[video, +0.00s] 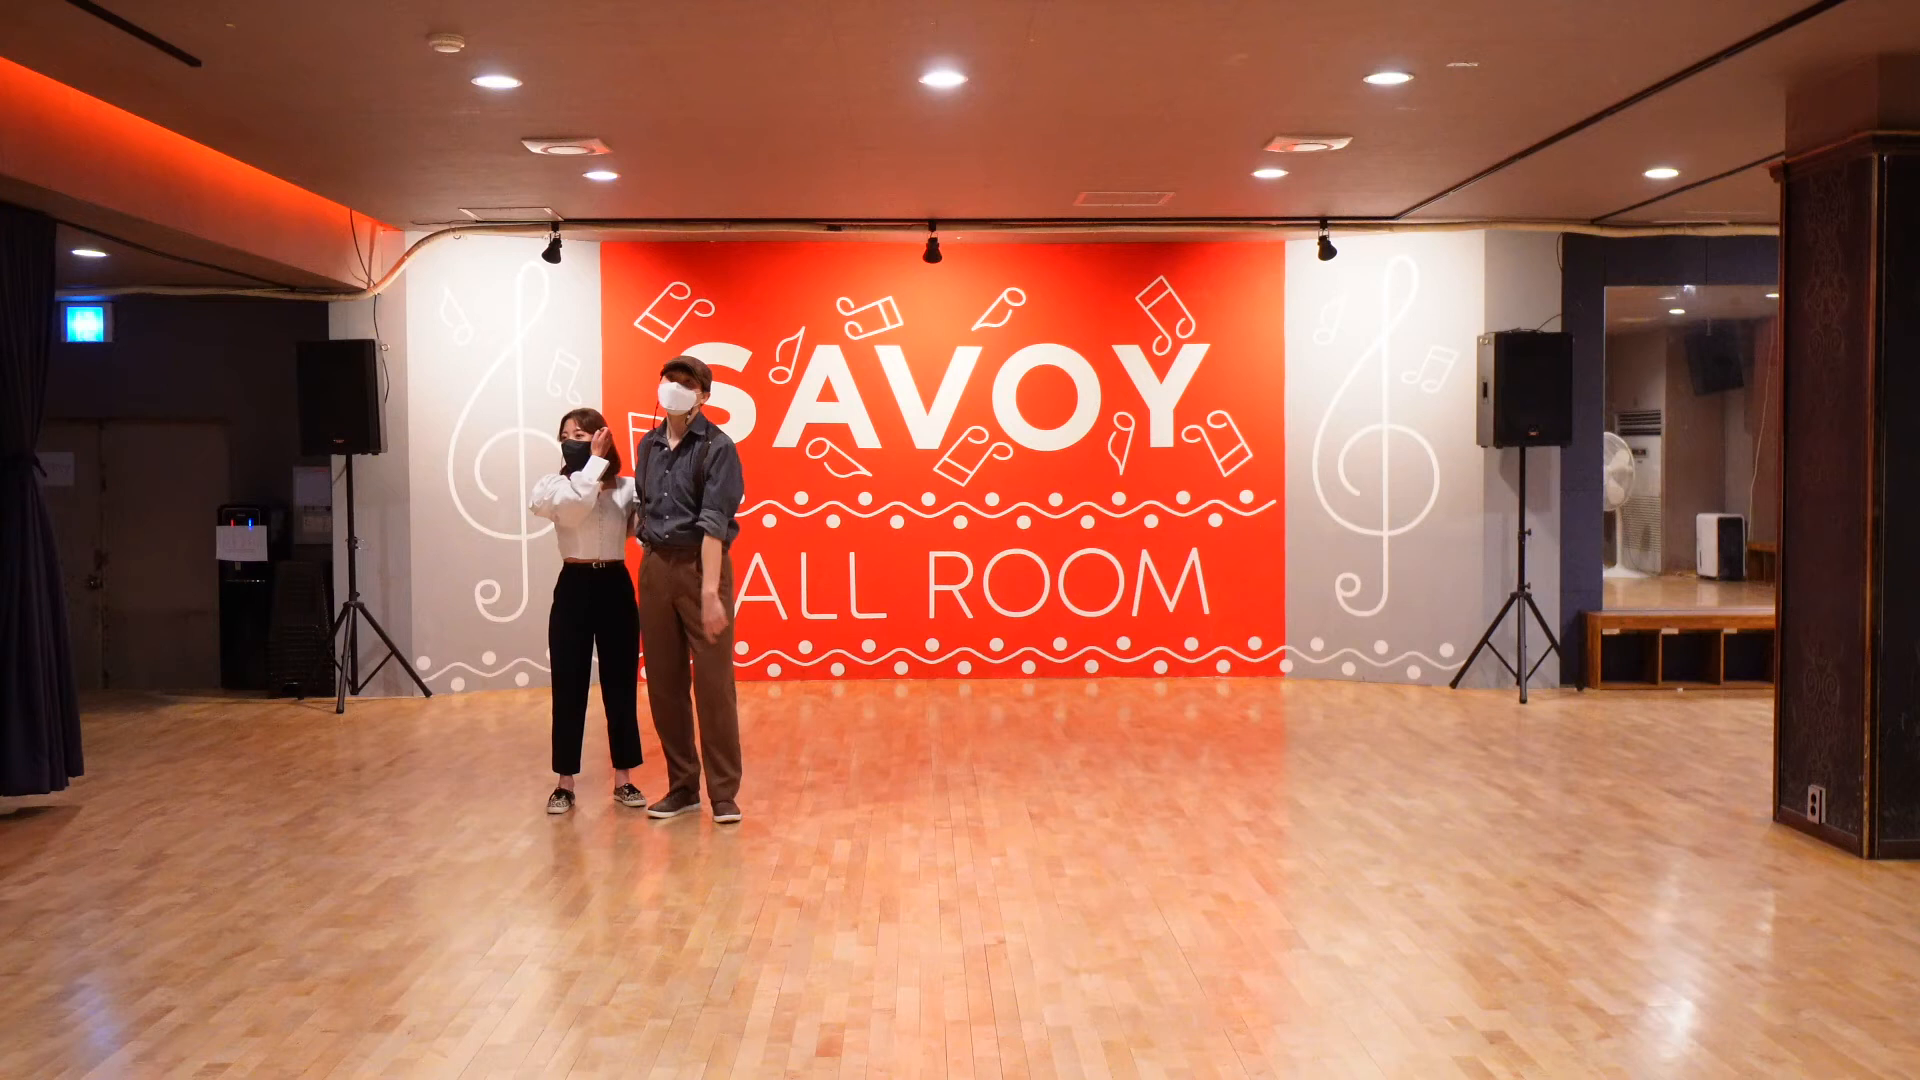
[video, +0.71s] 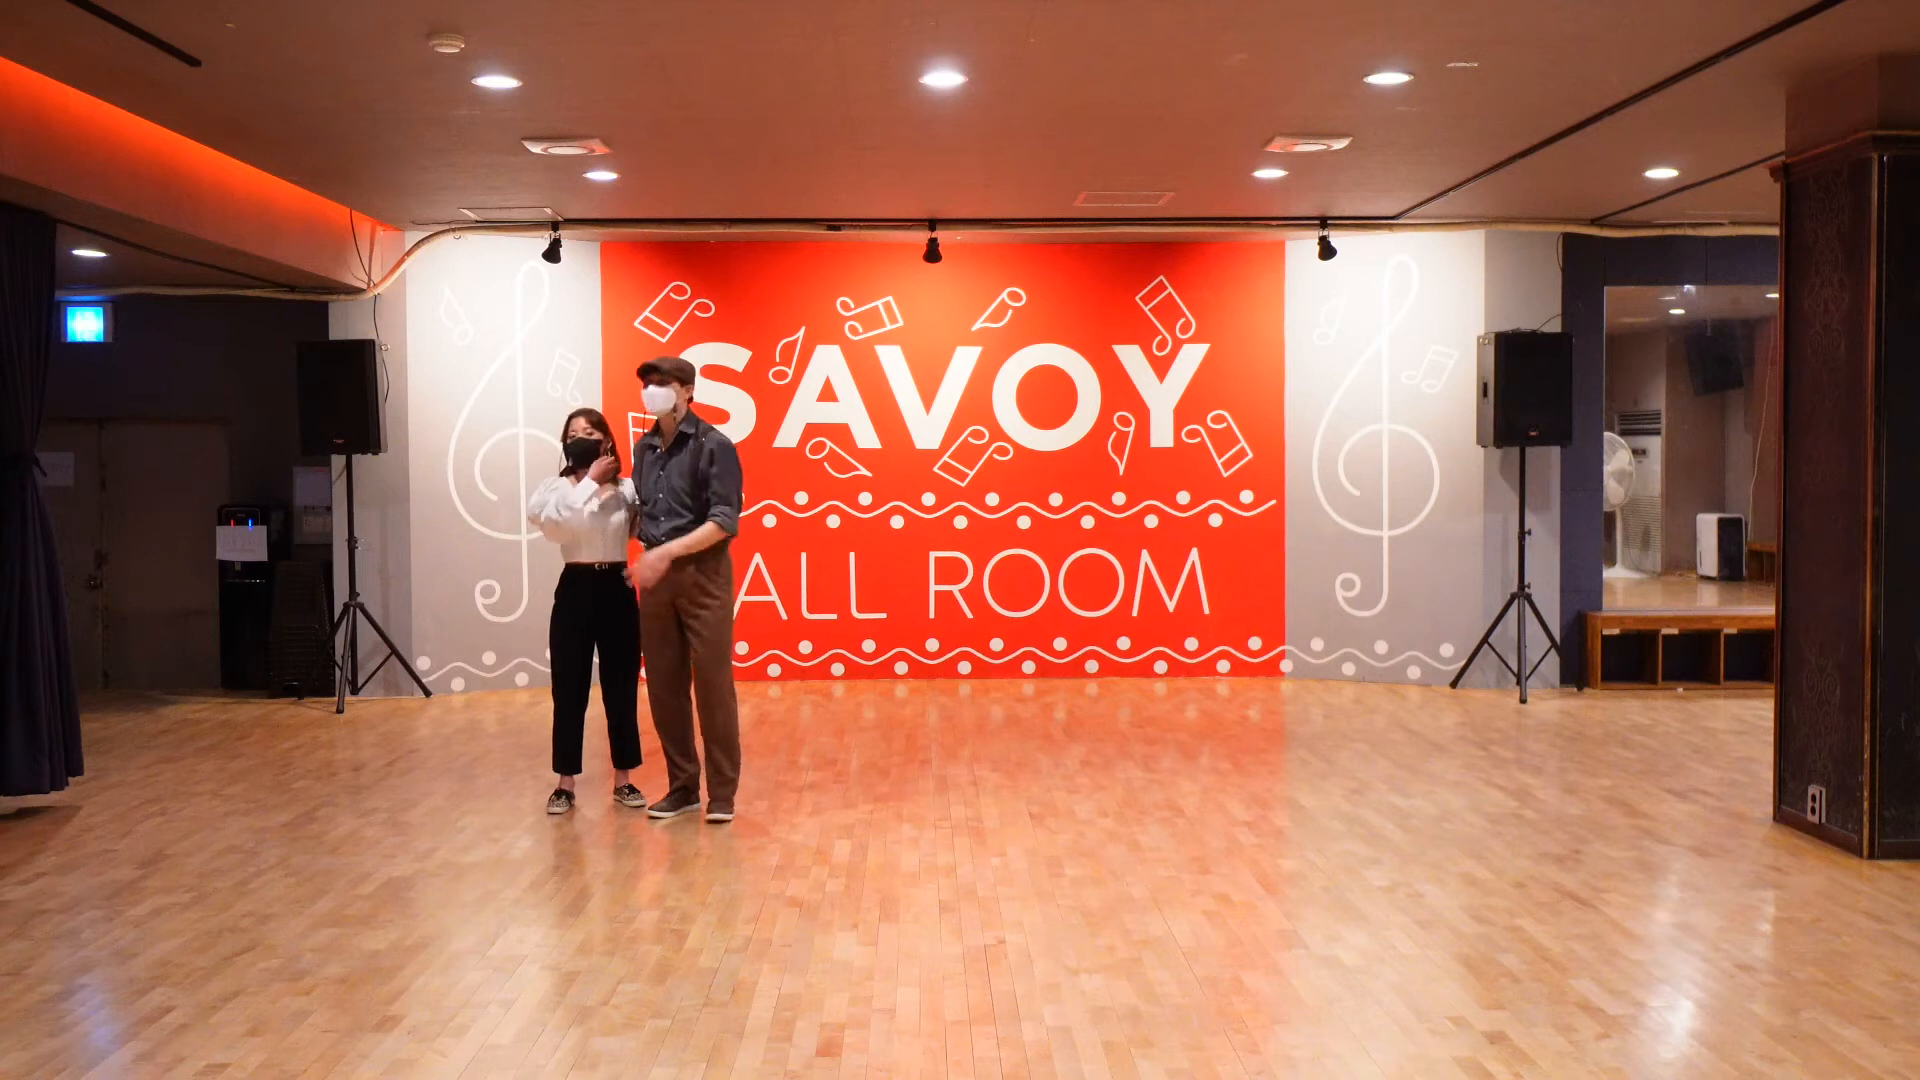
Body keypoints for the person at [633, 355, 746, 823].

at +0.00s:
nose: (672, 390)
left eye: (684, 384)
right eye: (669, 381)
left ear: (702, 396)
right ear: (659, 388)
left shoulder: (718, 448)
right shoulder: (649, 443)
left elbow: (715, 526)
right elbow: (642, 504)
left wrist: (711, 593)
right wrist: (637, 523)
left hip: (703, 569)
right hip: (654, 569)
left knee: (713, 684)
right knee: (665, 683)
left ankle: (723, 795)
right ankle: (683, 788)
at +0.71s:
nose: (648, 392)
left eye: (659, 384)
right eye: (647, 385)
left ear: (684, 392)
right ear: (648, 395)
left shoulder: (714, 445)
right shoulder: (645, 448)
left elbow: (725, 521)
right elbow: (640, 514)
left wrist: (666, 551)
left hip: (704, 570)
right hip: (656, 572)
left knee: (713, 684)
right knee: (665, 685)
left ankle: (722, 793)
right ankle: (683, 787)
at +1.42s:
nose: (627, 398)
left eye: (634, 392)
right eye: (629, 391)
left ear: (657, 401)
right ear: (653, 402)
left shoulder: (681, 455)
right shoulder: (649, 451)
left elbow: (684, 539)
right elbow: (640, 514)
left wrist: (616, 540)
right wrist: (602, 524)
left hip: (680, 577)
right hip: (649, 574)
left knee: (651, 680)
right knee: (648, 681)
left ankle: (683, 790)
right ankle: (674, 788)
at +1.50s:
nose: (623, 394)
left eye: (630, 388)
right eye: (625, 387)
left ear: (652, 397)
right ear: (651, 398)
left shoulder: (674, 452)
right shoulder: (647, 445)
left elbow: (686, 535)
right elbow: (642, 517)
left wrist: (624, 549)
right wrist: (607, 535)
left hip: (677, 575)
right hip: (652, 572)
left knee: (644, 675)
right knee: (661, 677)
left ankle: (647, 794)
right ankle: (682, 786)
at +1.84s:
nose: (609, 401)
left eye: (615, 394)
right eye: (612, 394)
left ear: (637, 403)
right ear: (642, 403)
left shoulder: (650, 459)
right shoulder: (655, 449)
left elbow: (637, 548)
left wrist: (590, 601)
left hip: (658, 585)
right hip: (674, 581)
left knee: (607, 689)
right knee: (648, 694)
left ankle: (616, 807)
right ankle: (678, 792)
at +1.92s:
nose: (608, 411)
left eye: (614, 404)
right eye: (610, 403)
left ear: (636, 411)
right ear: (645, 411)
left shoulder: (646, 463)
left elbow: (614, 545)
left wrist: (552, 584)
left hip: (653, 593)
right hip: (670, 590)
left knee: (595, 699)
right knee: (639, 699)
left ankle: (628, 813)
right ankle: (677, 793)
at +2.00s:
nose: (607, 418)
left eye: (613, 411)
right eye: (609, 411)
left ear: (637, 416)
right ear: (644, 417)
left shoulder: (639, 460)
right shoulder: (662, 459)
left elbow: (590, 528)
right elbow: (682, 544)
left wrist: (514, 543)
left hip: (645, 597)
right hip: (668, 592)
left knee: (593, 707)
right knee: (638, 703)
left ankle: (628, 818)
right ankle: (675, 792)